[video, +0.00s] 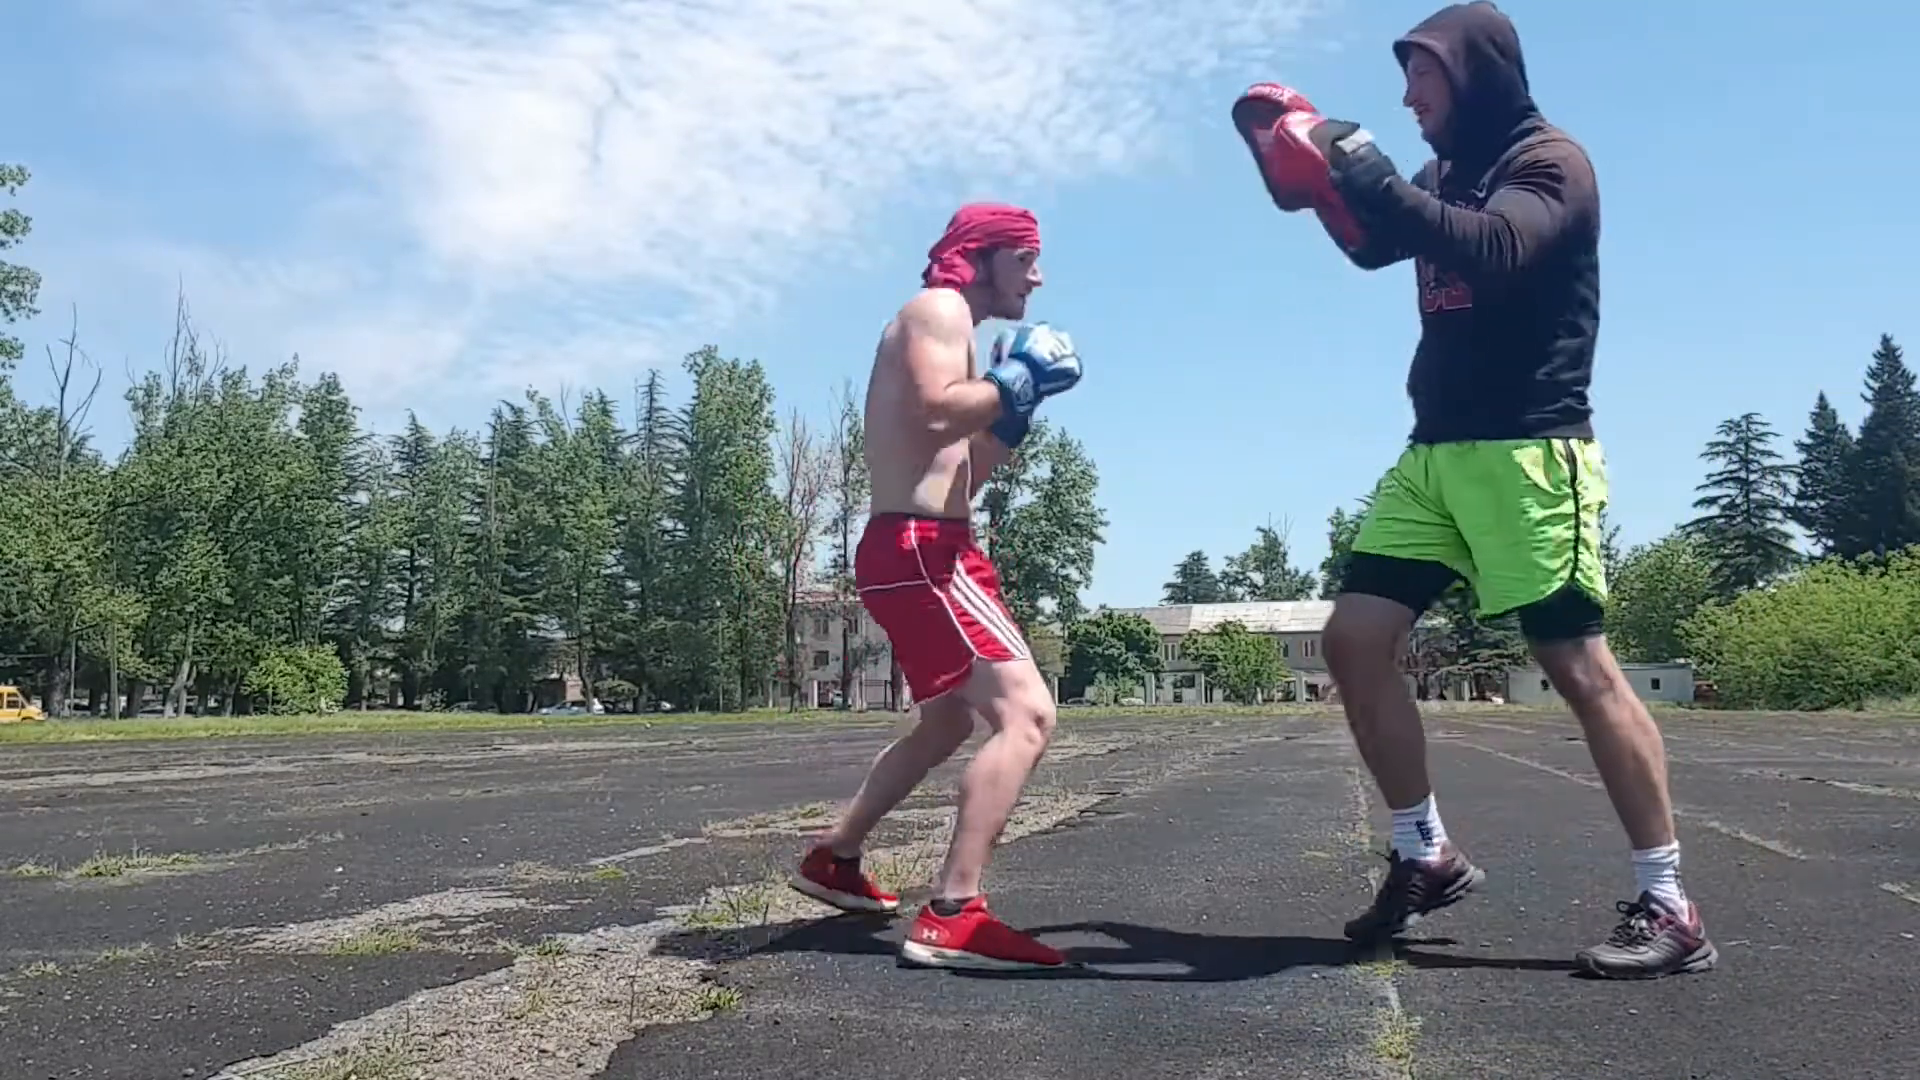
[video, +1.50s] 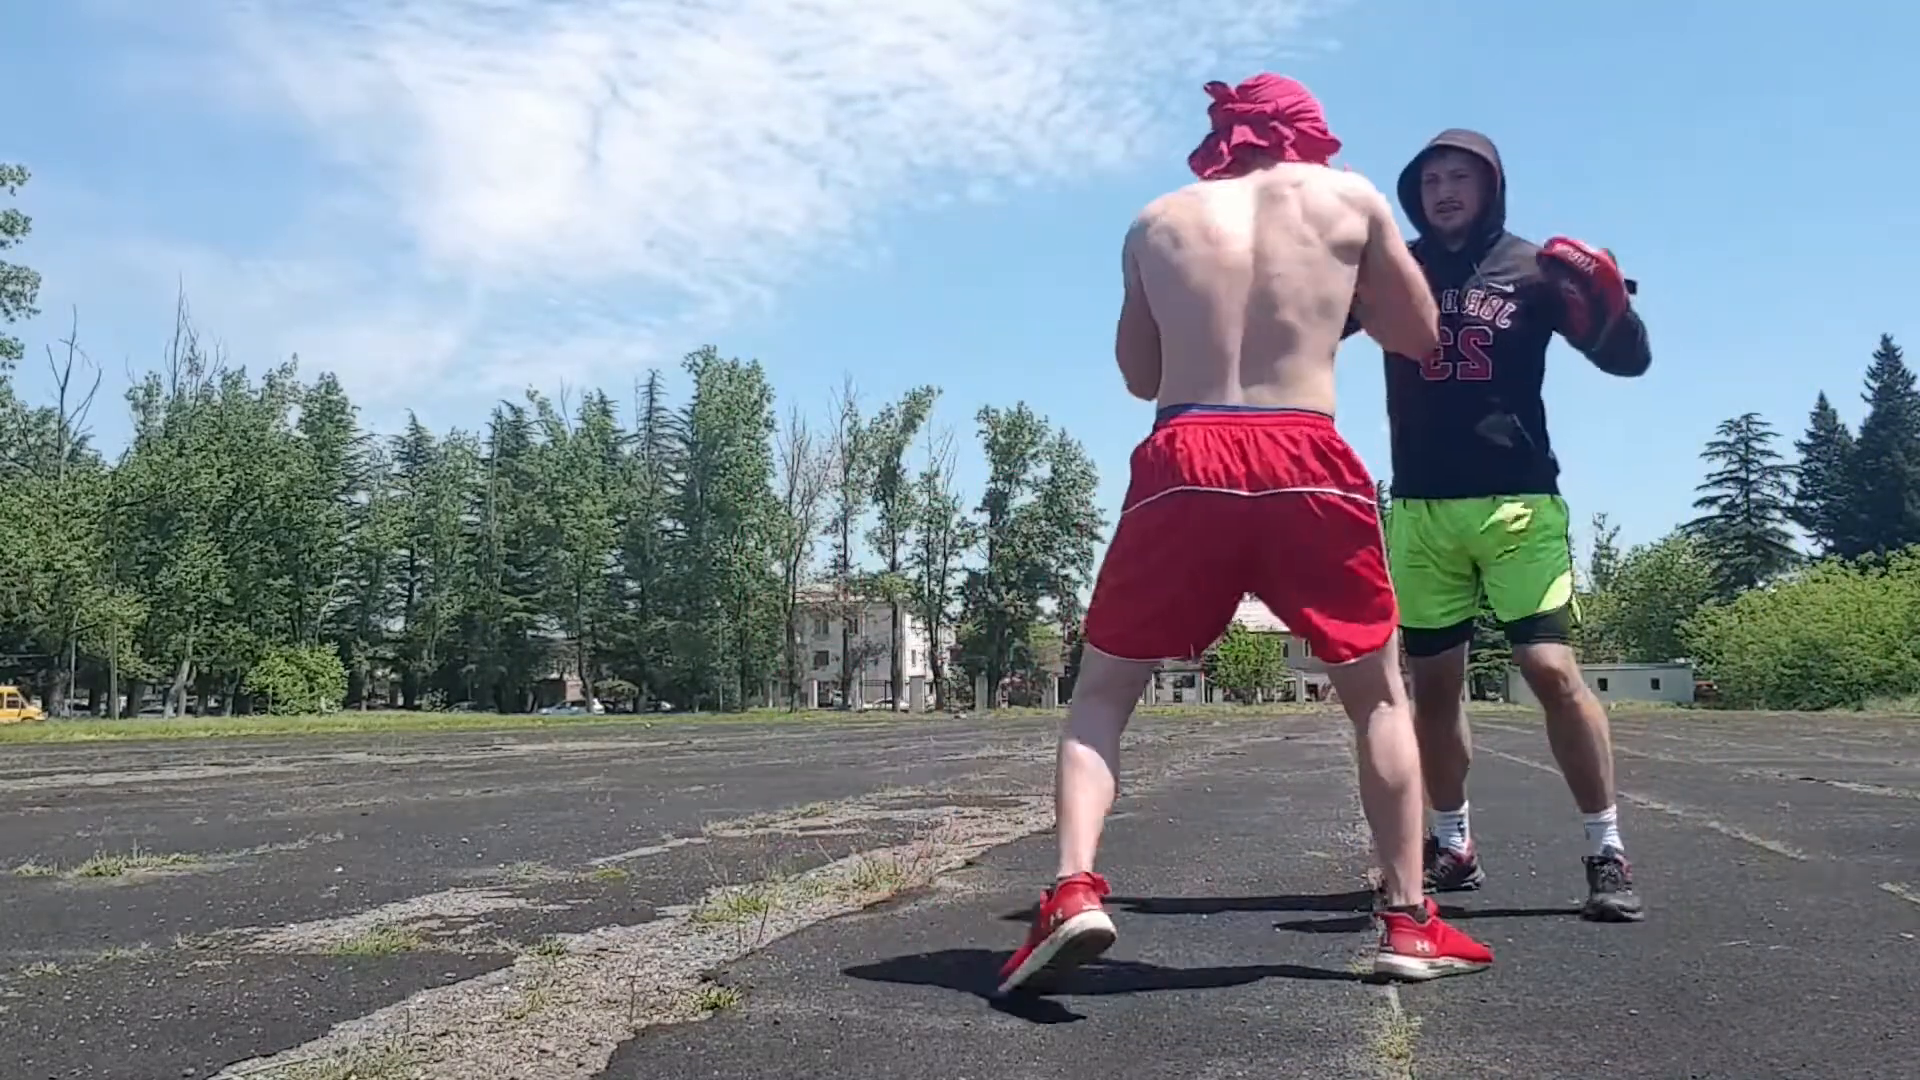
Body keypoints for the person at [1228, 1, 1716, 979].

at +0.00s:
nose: (1410, 91)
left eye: (1422, 71)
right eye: (1407, 74)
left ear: (1475, 72)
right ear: (1433, 83)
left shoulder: (1551, 161)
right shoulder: (1441, 175)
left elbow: (1494, 250)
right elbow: (1370, 244)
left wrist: (1368, 170)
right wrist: (1302, 155)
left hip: (1533, 455)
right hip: (1434, 456)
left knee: (1583, 671)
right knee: (1357, 643)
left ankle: (1668, 904)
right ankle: (1424, 857)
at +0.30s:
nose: (1374, 116)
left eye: (1385, 96)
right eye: (1372, 100)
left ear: (1440, 93)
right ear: (1416, 102)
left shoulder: (1533, 157)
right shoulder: (1416, 184)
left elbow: (1496, 229)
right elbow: (1343, 241)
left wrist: (1369, 158)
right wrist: (1284, 182)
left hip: (1558, 451)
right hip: (1459, 461)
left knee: (1568, 657)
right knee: (1402, 643)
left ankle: (1665, 885)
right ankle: (1444, 871)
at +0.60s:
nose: (1378, 138)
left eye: (1392, 121)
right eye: (1375, 124)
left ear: (1442, 124)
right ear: (1392, 137)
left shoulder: (1517, 198)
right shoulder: (1401, 219)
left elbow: (1505, 270)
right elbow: (1306, 268)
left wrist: (1398, 215)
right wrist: (1258, 191)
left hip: (1537, 477)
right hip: (1441, 487)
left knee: (1592, 668)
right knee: (1424, 668)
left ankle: (1661, 884)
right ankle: (1476, 876)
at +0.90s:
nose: (1430, 144)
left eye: (1448, 129)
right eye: (1425, 133)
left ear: (1492, 137)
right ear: (1423, 146)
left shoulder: (1541, 213)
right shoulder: (1425, 218)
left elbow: (1531, 269)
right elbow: (1337, 250)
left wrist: (1429, 188)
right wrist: (1293, 184)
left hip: (1519, 477)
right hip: (1434, 477)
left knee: (1542, 668)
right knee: (1428, 664)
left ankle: (1631, 843)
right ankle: (1470, 868)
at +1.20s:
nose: (1461, 154)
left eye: (1479, 142)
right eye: (1452, 145)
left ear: (1516, 159)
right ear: (1439, 166)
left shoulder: (1563, 235)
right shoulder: (1441, 257)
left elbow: (1636, 271)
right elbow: (1374, 345)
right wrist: (1323, 330)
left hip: (1544, 487)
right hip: (1451, 486)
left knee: (1589, 673)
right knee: (1389, 646)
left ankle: (1629, 856)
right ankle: (1442, 804)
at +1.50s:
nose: (1446, 191)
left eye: (1462, 179)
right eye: (1433, 181)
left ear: (1492, 190)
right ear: (1415, 195)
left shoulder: (1533, 267)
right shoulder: (1392, 272)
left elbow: (1630, 361)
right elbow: (1318, 313)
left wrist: (1612, 305)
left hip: (1518, 502)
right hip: (1420, 509)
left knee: (1551, 671)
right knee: (1432, 689)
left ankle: (1607, 851)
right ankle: (1450, 847)